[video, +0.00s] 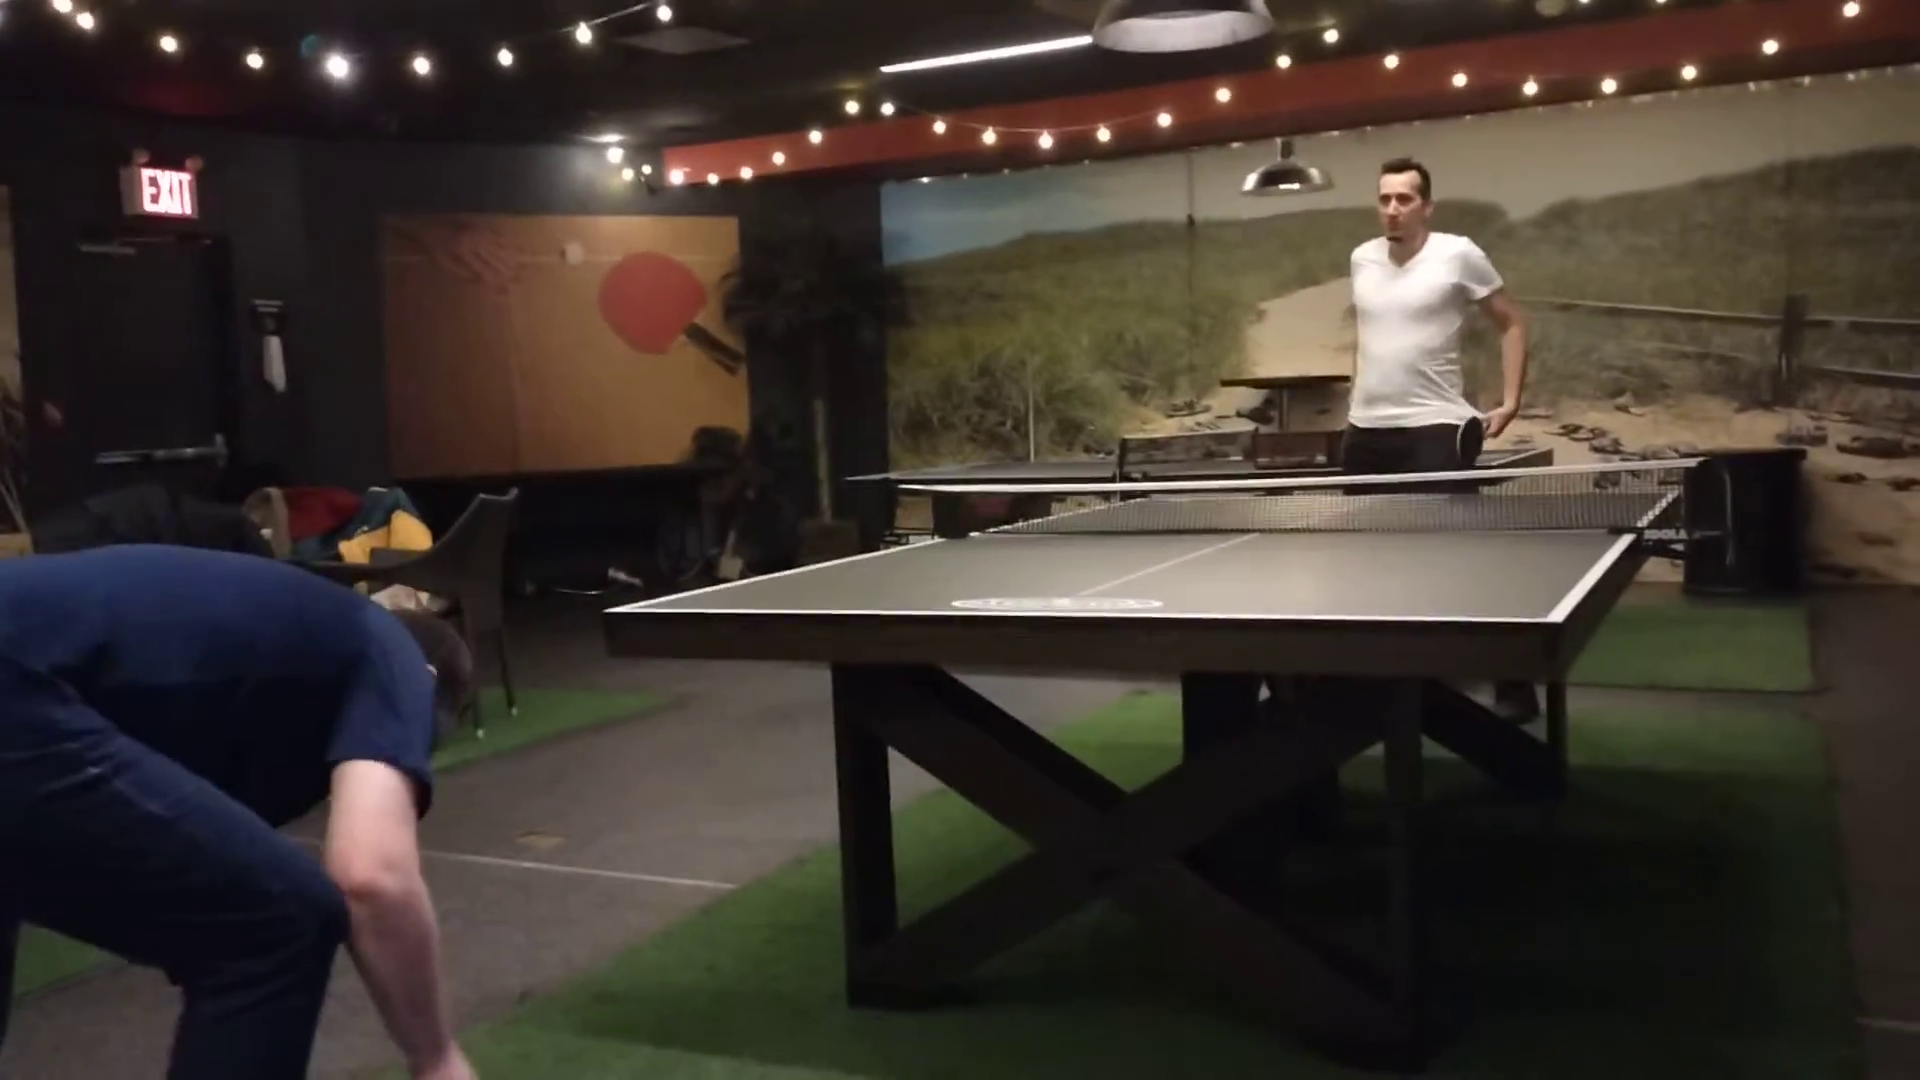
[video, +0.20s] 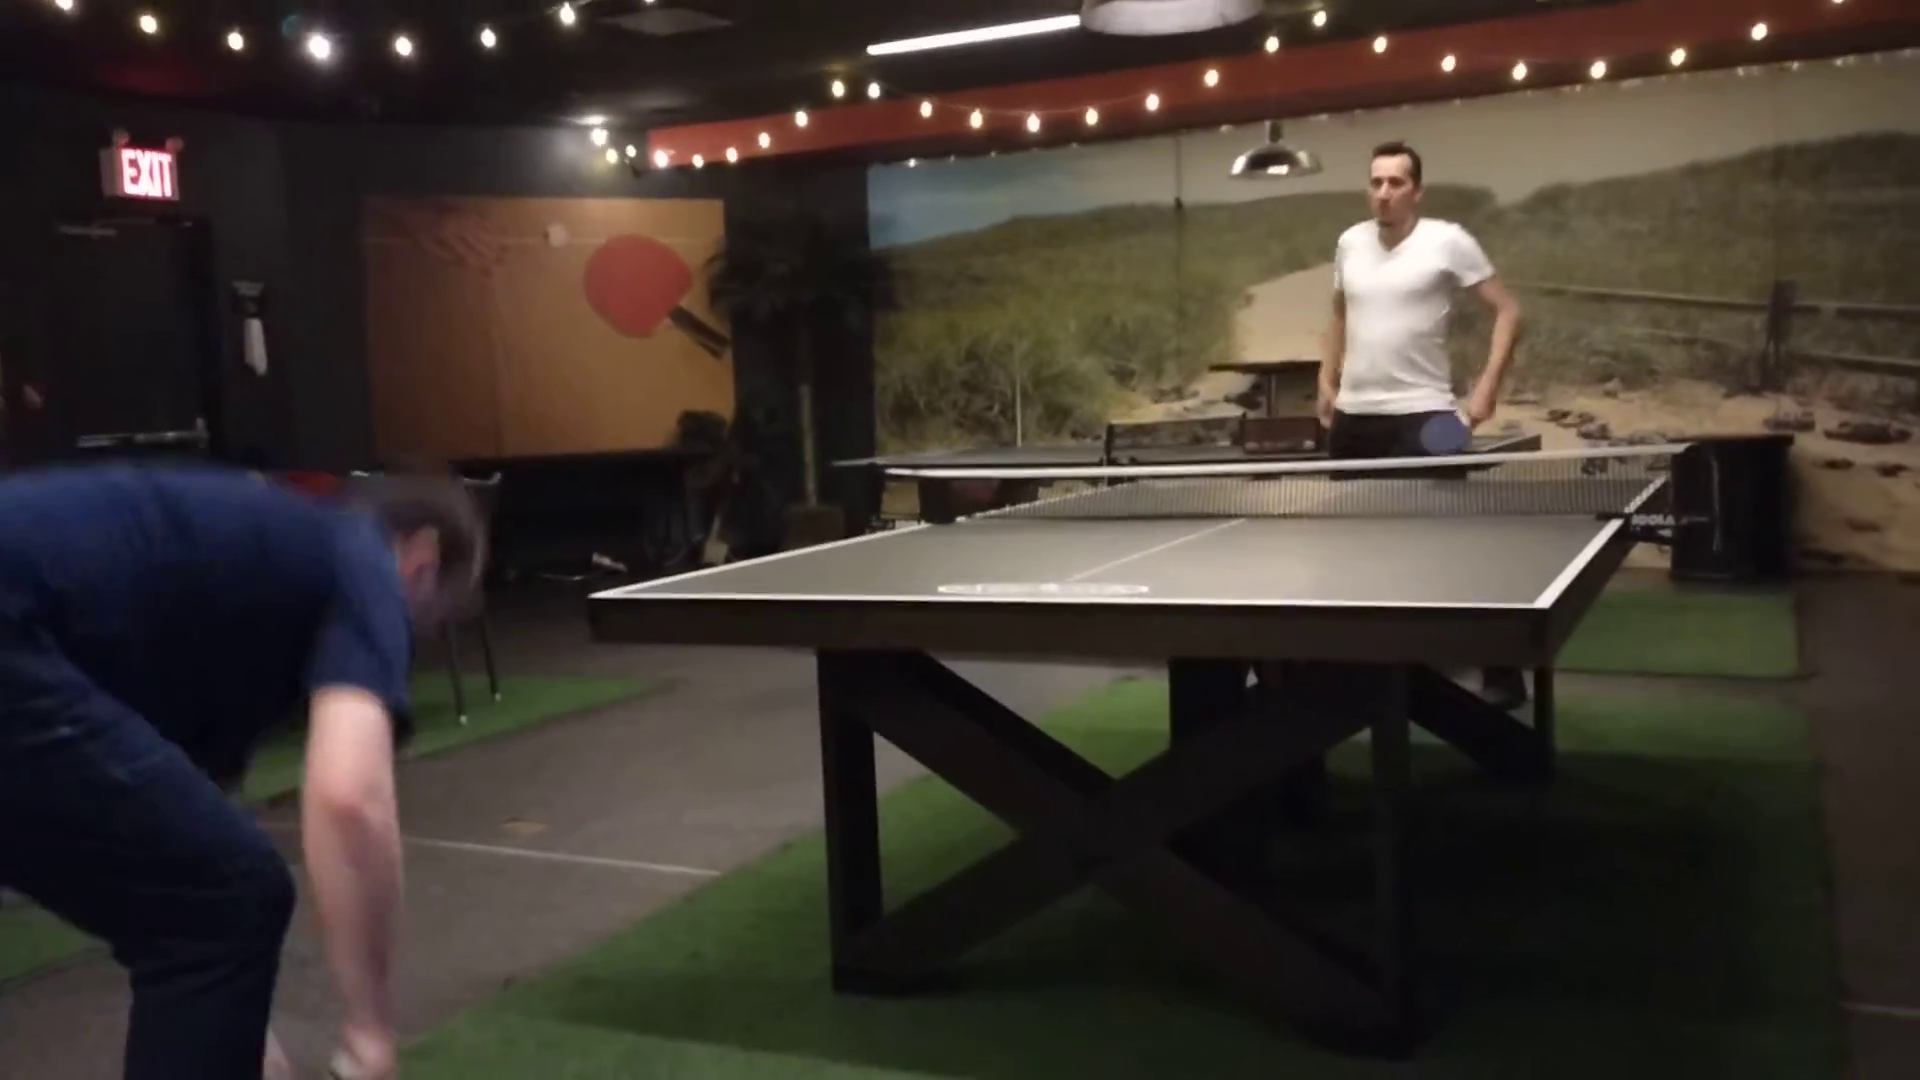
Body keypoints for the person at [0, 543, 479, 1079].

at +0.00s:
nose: (433, 733)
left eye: (442, 722)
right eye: (441, 718)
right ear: (431, 678)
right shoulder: (387, 652)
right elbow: (371, 874)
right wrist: (435, 1056)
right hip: (17, 704)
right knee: (282, 922)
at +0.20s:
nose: (426, 628)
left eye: (441, 618)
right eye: (437, 608)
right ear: (419, 557)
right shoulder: (358, 564)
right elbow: (348, 798)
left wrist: (243, 1036)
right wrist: (367, 1029)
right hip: (14, 657)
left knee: (185, 904)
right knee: (233, 897)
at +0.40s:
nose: (490, 341)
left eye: (494, 315)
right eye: (491, 312)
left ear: (380, 259)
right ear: (450, 287)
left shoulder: (295, 308)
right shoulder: (385, 347)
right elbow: (310, 562)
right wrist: (295, 818)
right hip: (34, 568)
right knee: (195, 904)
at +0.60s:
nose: (519, 77)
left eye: (520, 50)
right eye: (510, 44)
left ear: (405, 31)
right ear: (435, 34)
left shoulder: (296, 106)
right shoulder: (376, 146)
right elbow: (266, 345)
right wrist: (247, 605)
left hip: (41, 512)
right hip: (119, 536)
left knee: (105, 800)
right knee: (234, 868)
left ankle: (36, 1053)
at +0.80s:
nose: (518, 0)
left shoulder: (384, 74)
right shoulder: (338, 57)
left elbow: (318, 306)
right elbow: (194, 266)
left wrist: (388, 481)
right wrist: (186, 530)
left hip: (319, 541)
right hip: (244, 549)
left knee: (388, 769)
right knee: (230, 856)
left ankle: (383, 1050)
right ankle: (174, 1062)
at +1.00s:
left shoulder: (525, 125)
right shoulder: (339, 32)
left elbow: (584, 356)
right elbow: (191, 201)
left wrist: (677, 527)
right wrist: (119, 420)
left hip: (454, 556)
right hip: (289, 541)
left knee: (547, 787)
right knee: (263, 848)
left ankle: (596, 1066)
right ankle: (172, 1066)